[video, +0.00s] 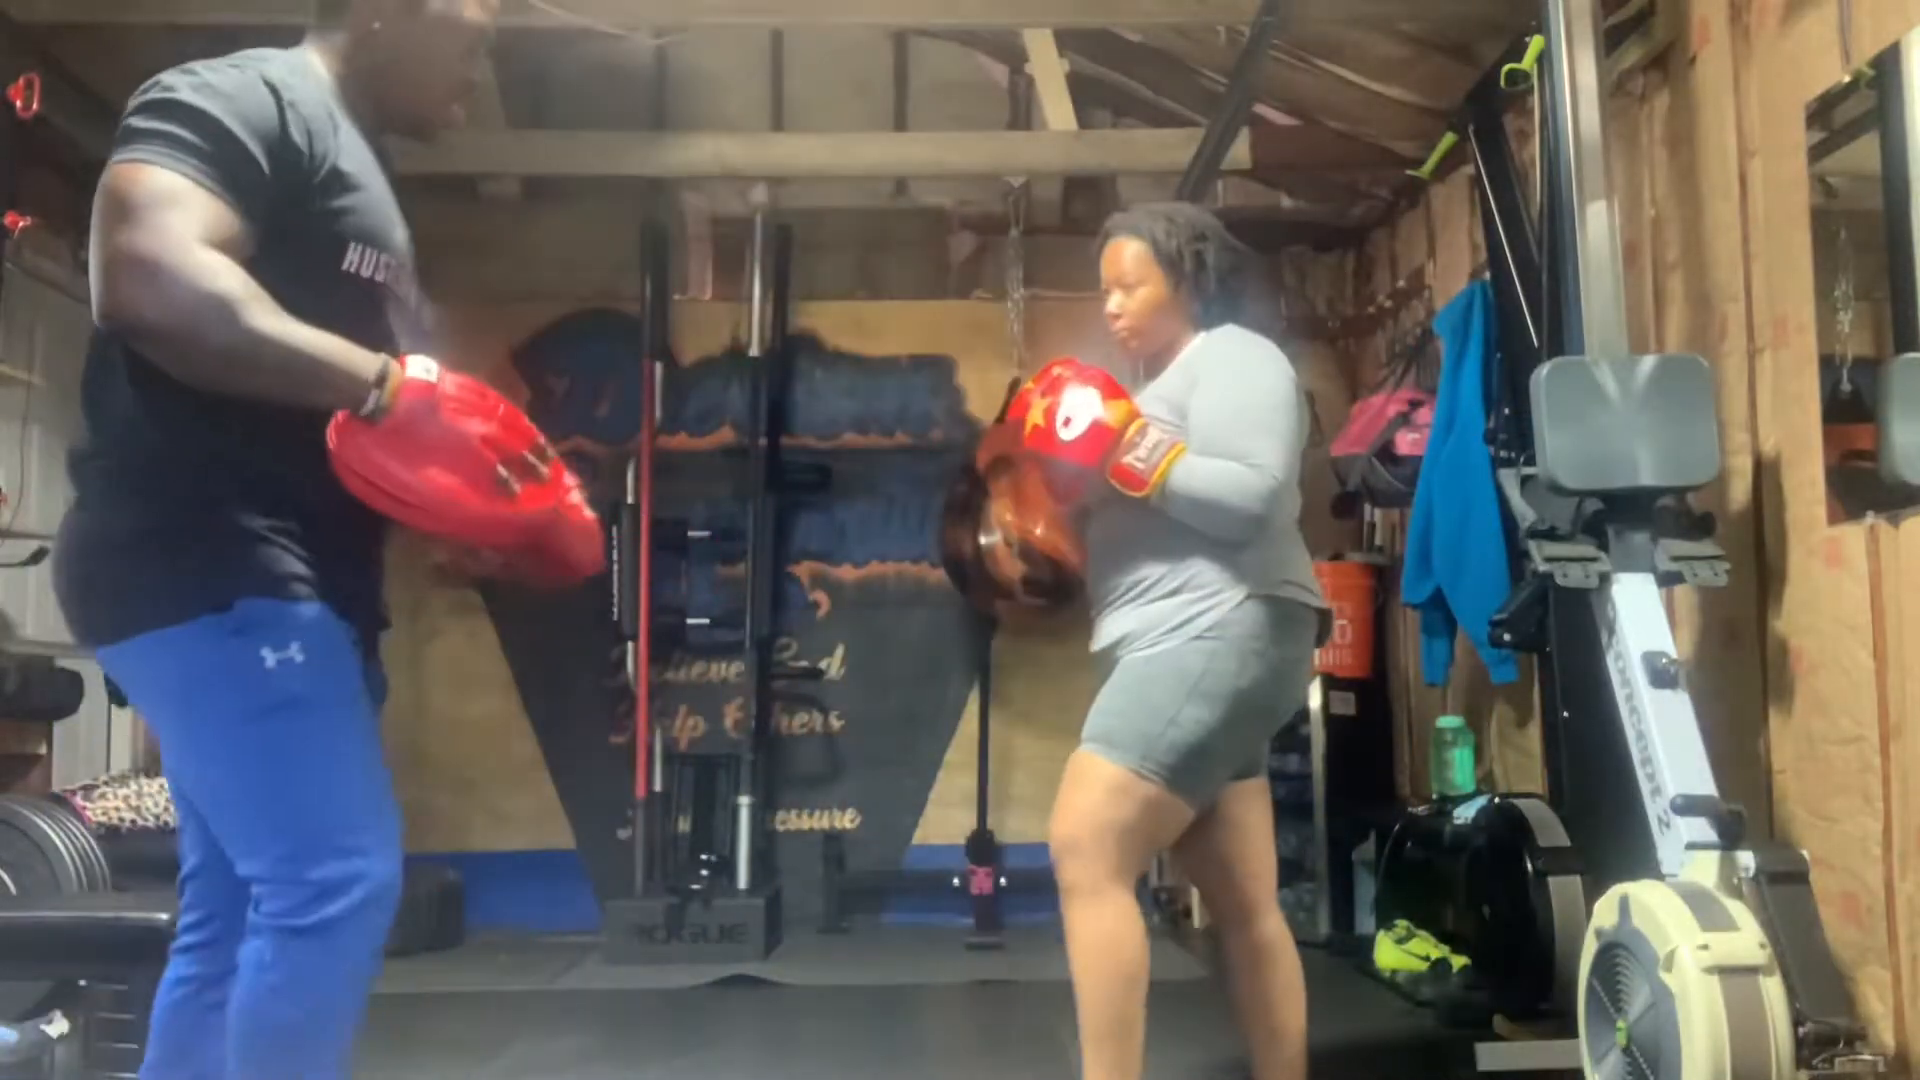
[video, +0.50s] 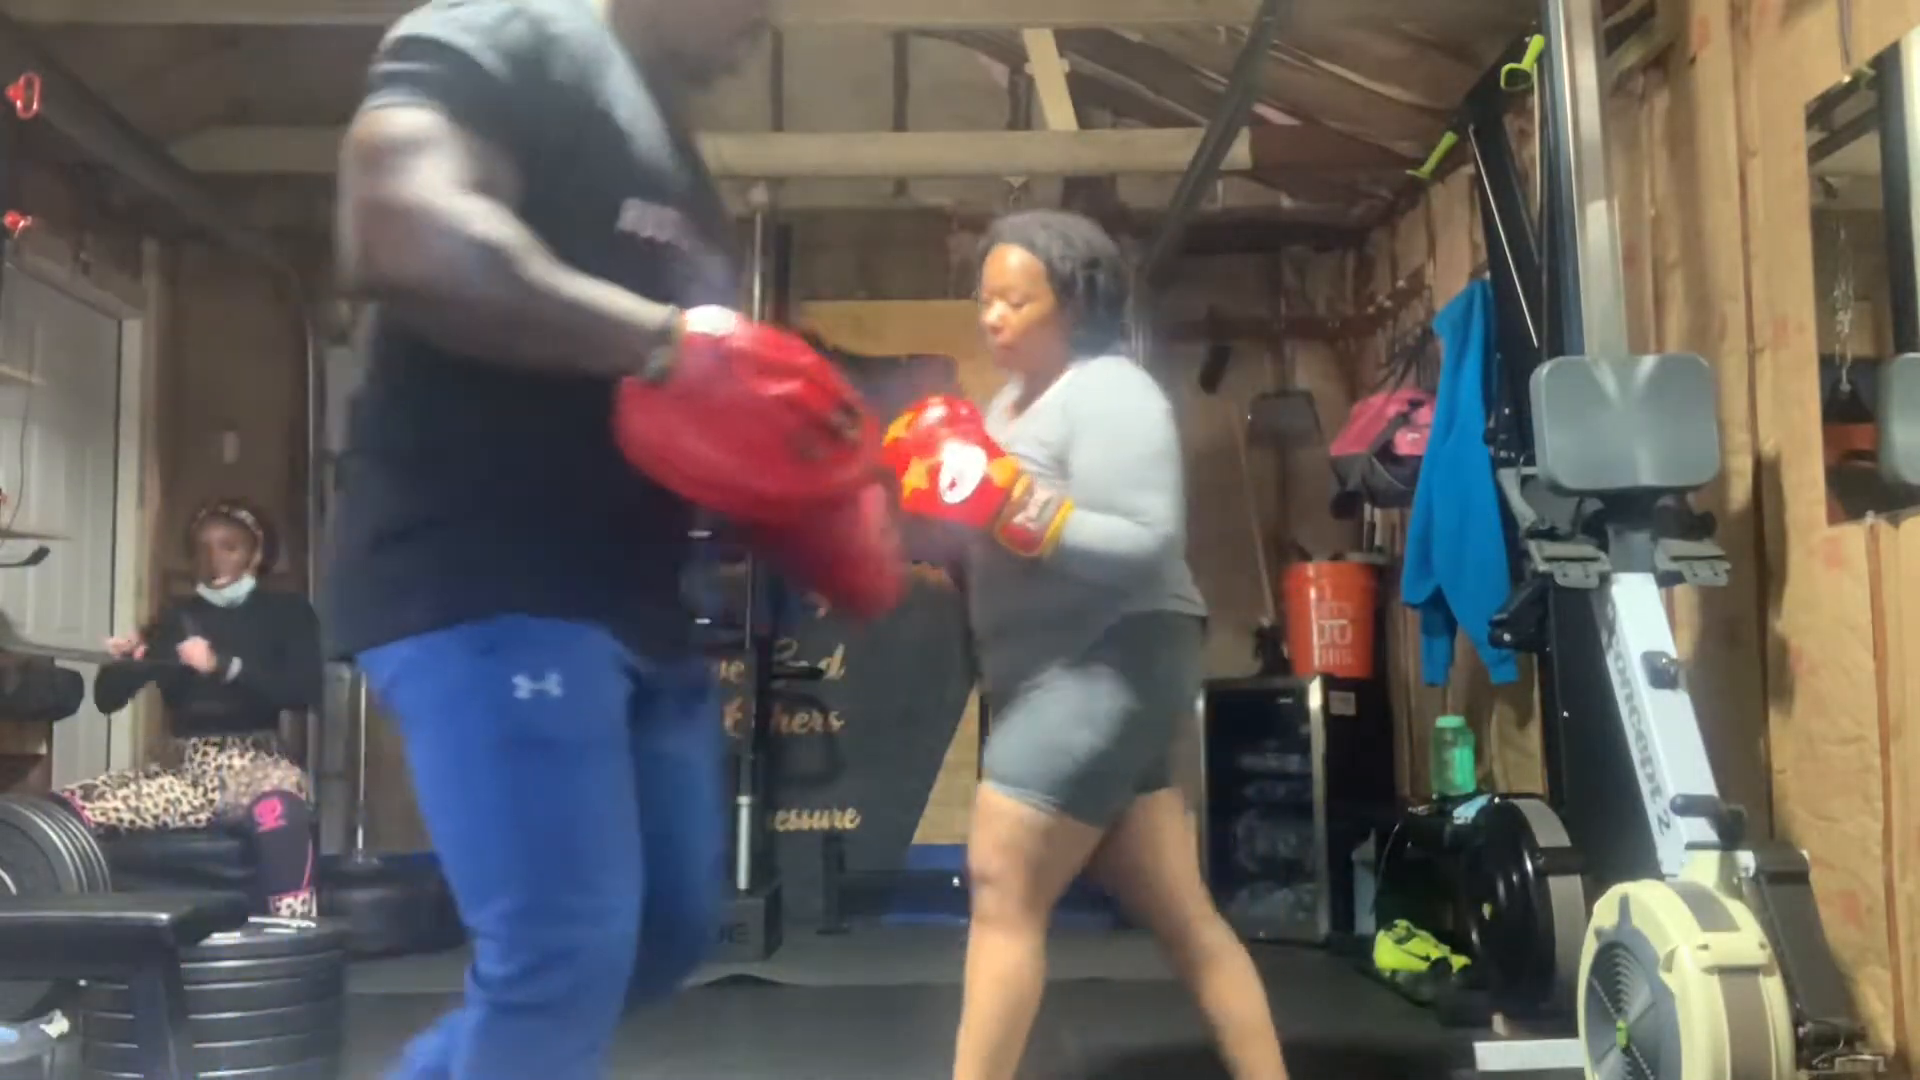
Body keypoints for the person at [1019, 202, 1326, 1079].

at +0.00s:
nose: (1109, 308)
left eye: (1124, 288)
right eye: (1105, 291)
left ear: (1185, 284)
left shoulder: (1240, 357)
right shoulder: (1138, 398)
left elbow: (1249, 499)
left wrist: (1121, 443)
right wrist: (1052, 489)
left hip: (1226, 621)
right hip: (1171, 633)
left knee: (1089, 851)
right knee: (1245, 913)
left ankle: (1108, 1075)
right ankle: (1283, 1074)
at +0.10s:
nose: (1109, 309)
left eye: (1125, 289)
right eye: (1106, 293)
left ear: (1187, 285)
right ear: (1111, 294)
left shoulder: (1238, 357)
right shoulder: (1137, 397)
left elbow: (1251, 494)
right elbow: (1109, 538)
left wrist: (1123, 442)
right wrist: (1053, 495)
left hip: (1224, 621)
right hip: (1165, 634)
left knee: (1094, 853)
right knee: (1248, 913)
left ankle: (1097, 1075)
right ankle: (1283, 1073)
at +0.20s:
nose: (1096, 310)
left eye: (1113, 289)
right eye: (1092, 292)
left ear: (1174, 287)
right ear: (1098, 296)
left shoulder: (1225, 359)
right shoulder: (1123, 400)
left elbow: (1245, 497)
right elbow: (1098, 543)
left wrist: (1117, 445)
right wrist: (1046, 485)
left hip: (1212, 625)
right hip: (1153, 638)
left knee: (1084, 860)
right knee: (1246, 915)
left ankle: (1061, 1073)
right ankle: (1281, 1074)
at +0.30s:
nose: (1069, 314)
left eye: (1087, 295)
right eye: (1066, 297)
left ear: (1149, 294)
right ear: (1069, 300)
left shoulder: (1202, 368)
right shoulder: (1102, 402)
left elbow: (1230, 509)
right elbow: (1060, 534)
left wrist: (1101, 465)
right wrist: (1024, 487)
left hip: (1193, 637)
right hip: (1136, 647)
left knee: (1063, 876)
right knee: (1231, 911)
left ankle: (1008, 1073)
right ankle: (1278, 1075)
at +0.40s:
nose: (1034, 321)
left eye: (1055, 301)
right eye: (1028, 302)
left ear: (1117, 302)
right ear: (1024, 307)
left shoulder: (1164, 382)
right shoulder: (1053, 414)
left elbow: (1199, 525)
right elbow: (1024, 561)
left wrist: (1068, 491)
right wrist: (989, 489)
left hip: (1160, 654)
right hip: (1095, 667)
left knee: (1034, 890)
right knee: (1215, 919)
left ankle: (987, 1075)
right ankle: (1273, 1075)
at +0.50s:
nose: (991, 316)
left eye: (1012, 298)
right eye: (986, 298)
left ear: (1073, 300)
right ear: (981, 302)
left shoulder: (1115, 391)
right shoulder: (1012, 406)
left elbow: (1143, 537)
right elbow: (997, 559)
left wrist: (1011, 503)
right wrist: (912, 521)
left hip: (1119, 652)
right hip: (1054, 658)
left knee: (1004, 882)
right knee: (1181, 910)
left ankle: (974, 1073)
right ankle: (1267, 1072)